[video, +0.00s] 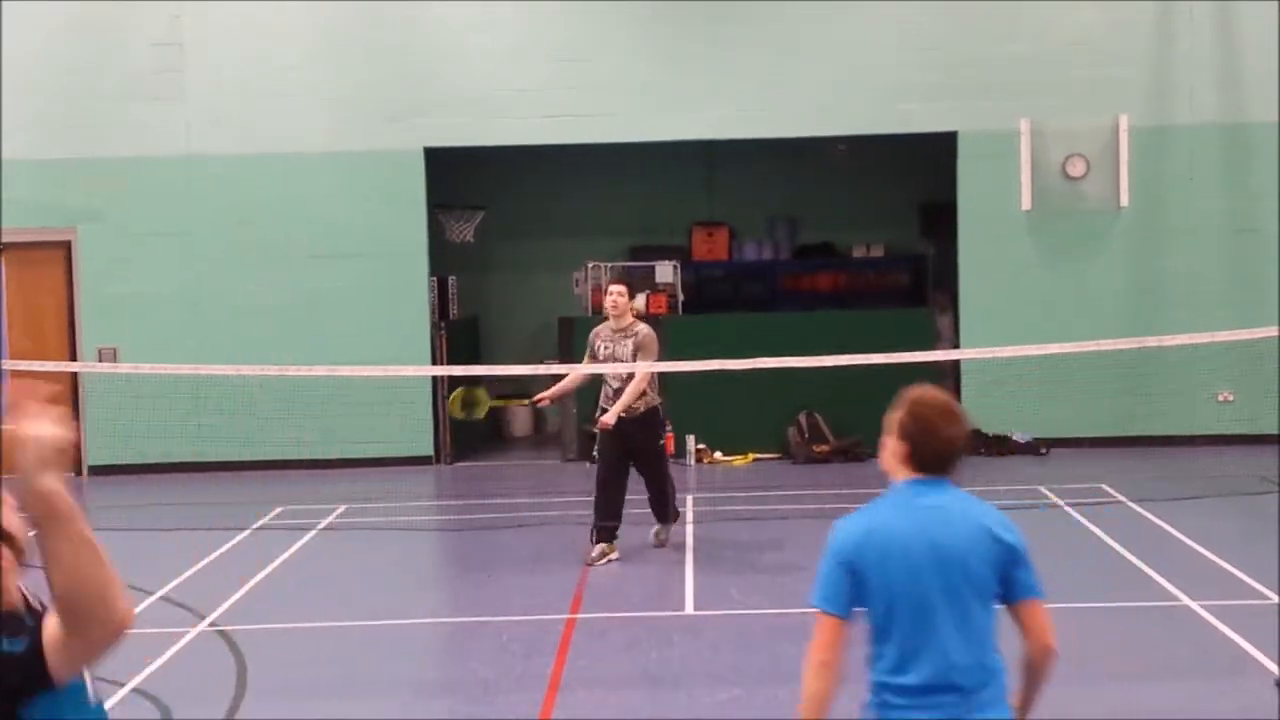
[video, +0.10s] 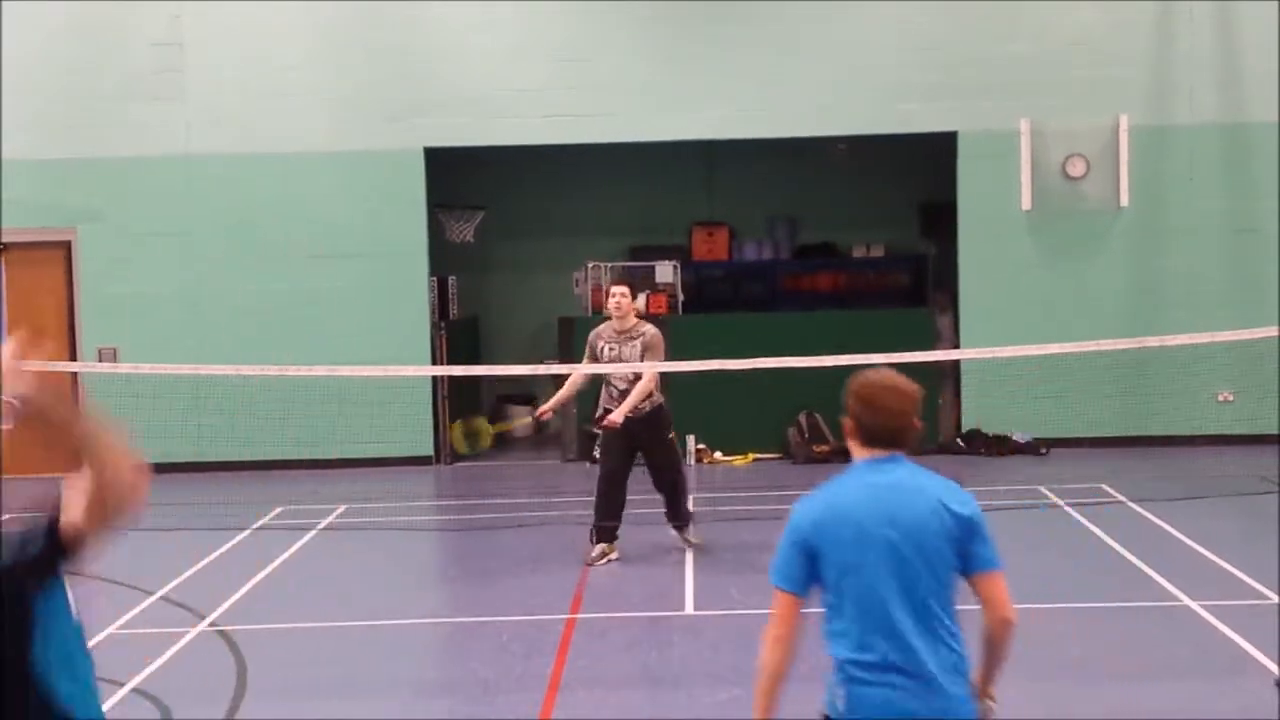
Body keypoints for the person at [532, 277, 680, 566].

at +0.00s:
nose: (612, 299)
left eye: (619, 295)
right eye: (609, 295)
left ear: (630, 301)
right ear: (604, 300)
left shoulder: (644, 335)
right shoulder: (598, 334)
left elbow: (642, 379)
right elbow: (585, 372)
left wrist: (614, 411)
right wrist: (552, 393)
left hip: (642, 415)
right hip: (609, 415)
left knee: (655, 473)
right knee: (608, 477)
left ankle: (665, 519)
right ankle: (605, 540)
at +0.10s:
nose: (616, 301)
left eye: (622, 296)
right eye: (612, 297)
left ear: (634, 303)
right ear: (606, 303)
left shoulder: (650, 335)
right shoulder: (598, 336)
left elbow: (649, 380)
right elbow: (582, 375)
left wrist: (620, 410)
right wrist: (552, 404)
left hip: (649, 415)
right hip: (613, 417)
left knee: (670, 473)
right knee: (610, 477)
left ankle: (681, 523)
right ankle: (605, 541)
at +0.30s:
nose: (634, 306)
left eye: (639, 302)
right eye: (630, 302)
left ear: (650, 307)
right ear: (623, 309)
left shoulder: (669, 341)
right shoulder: (614, 342)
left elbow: (679, 385)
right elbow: (601, 382)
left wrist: (658, 418)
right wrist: (578, 415)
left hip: (666, 420)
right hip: (628, 423)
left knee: (692, 479)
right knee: (618, 479)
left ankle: (719, 534)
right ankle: (606, 541)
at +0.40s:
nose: (651, 314)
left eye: (656, 309)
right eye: (646, 310)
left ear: (668, 315)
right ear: (638, 316)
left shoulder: (685, 349)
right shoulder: (628, 350)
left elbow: (697, 394)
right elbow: (613, 388)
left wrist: (684, 427)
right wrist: (589, 422)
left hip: (678, 430)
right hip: (640, 430)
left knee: (710, 480)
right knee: (624, 482)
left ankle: (731, 535)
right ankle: (606, 542)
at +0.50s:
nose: (676, 314)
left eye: (682, 309)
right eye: (671, 309)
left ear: (693, 316)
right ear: (663, 317)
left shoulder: (709, 352)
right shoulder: (651, 351)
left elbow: (719, 395)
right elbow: (636, 386)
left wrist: (707, 432)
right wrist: (613, 416)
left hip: (696, 433)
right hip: (657, 432)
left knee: (720, 491)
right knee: (635, 486)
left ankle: (734, 546)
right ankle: (605, 541)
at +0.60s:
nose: (700, 308)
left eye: (706, 304)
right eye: (696, 304)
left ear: (719, 312)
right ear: (690, 312)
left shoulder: (733, 348)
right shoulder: (679, 345)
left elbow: (740, 392)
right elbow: (668, 378)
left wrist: (727, 427)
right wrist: (644, 397)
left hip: (717, 428)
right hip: (681, 426)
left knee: (722, 484)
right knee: (655, 476)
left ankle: (725, 541)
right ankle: (626, 532)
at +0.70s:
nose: (721, 301)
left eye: (728, 297)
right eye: (718, 297)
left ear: (739, 309)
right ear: (712, 307)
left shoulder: (751, 342)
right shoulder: (699, 339)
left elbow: (760, 381)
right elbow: (690, 373)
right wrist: (674, 376)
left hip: (742, 411)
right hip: (706, 408)